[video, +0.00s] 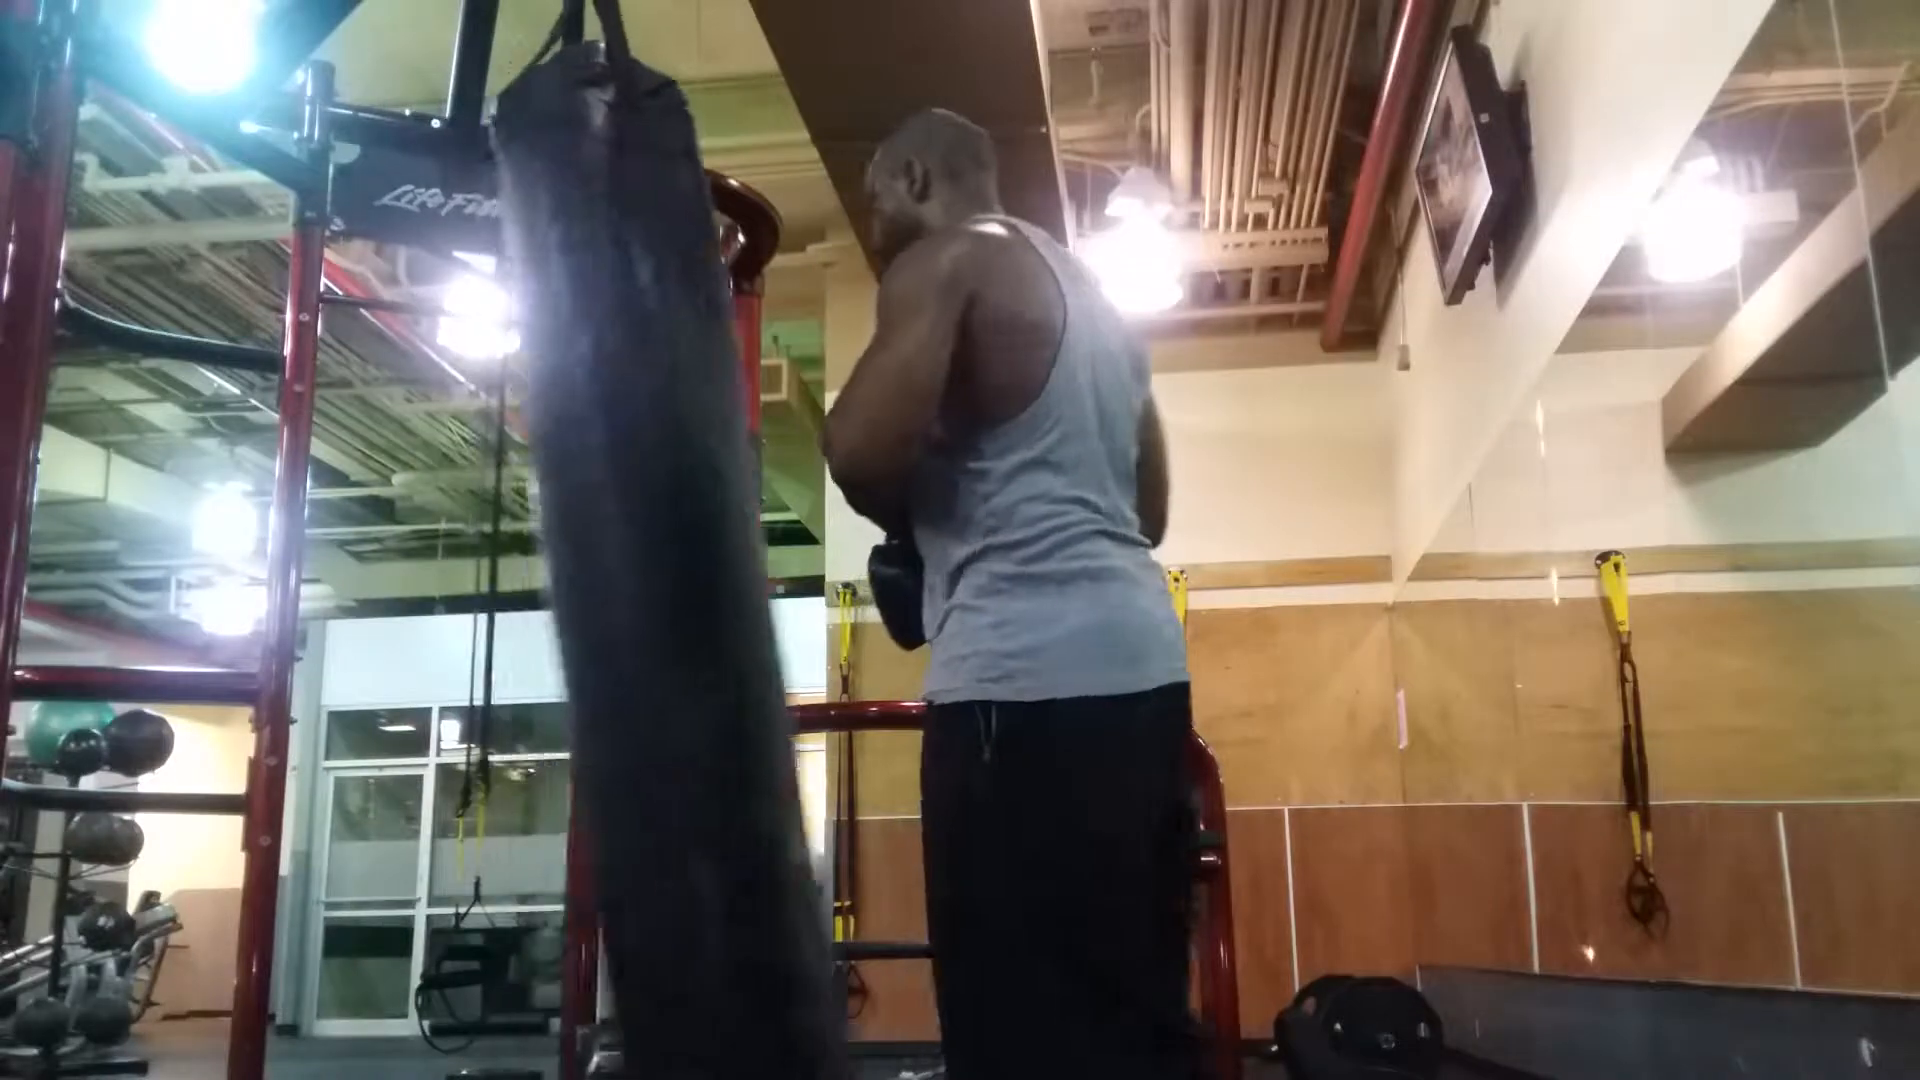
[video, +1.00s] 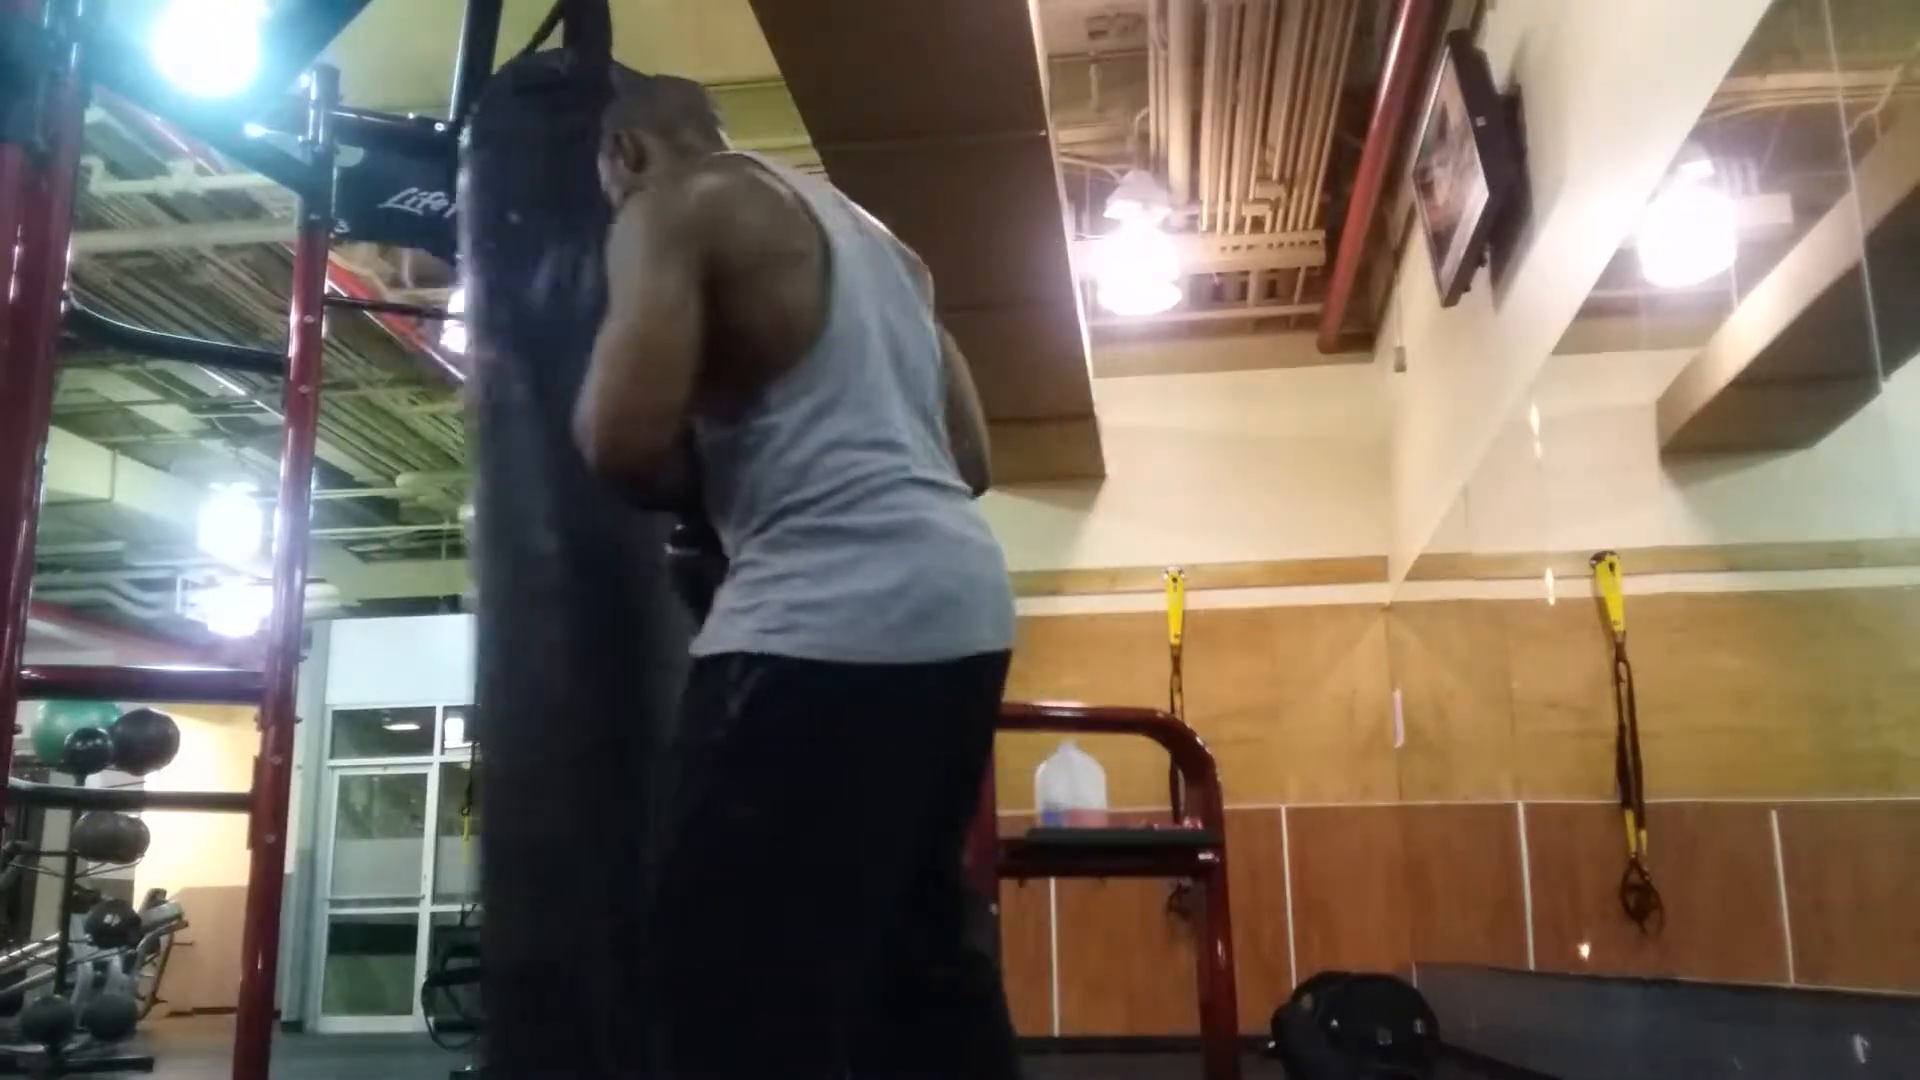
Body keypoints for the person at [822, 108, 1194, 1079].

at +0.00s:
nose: (873, 231)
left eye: (874, 205)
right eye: (870, 209)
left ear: (909, 179)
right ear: (982, 182)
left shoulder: (944, 259)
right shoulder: (1091, 295)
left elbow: (863, 452)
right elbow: (1144, 515)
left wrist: (920, 527)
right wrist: (951, 551)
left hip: (1021, 689)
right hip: (1139, 681)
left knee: (1010, 1023)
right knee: (1133, 1010)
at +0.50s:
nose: (813, 265)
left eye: (811, 235)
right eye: (803, 243)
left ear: (860, 201)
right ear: (894, 198)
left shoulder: (954, 269)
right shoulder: (1012, 270)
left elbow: (905, 473)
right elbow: (1083, 469)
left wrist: (839, 465)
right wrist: (895, 506)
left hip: (1002, 683)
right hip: (1069, 675)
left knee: (919, 994)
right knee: (1091, 979)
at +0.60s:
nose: (754, 251)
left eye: (751, 219)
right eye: (743, 228)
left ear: (801, 191)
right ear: (840, 190)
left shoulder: (905, 263)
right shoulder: (942, 260)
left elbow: (876, 463)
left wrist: (801, 480)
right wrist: (818, 457)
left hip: (960, 676)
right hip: (1021, 672)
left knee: (848, 1000)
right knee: (1066, 981)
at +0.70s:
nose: (691, 240)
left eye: (685, 211)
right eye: (682, 218)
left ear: (718, 181)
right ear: (781, 165)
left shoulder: (833, 238)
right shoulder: (895, 236)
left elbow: (798, 435)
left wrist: (726, 470)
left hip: (908, 663)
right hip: (997, 658)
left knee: (789, 977)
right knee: (1007, 940)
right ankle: (1109, 1072)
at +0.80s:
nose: (653, 227)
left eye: (646, 203)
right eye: (642, 208)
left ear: (679, 164)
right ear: (740, 145)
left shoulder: (761, 220)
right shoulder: (864, 228)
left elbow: (709, 436)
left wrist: (690, 467)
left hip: (876, 646)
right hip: (977, 638)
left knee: (753, 987)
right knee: (956, 952)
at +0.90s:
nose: (625, 212)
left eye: (618, 188)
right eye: (619, 196)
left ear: (644, 151)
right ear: (718, 131)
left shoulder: (714, 201)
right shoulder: (874, 240)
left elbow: (654, 436)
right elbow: (952, 458)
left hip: (842, 631)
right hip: (965, 622)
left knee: (737, 974)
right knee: (928, 945)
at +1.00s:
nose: (616, 200)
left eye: (612, 182)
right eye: (614, 186)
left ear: (629, 153)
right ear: (717, 133)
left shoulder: (674, 206)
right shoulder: (876, 238)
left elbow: (620, 437)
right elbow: (966, 459)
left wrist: (703, 485)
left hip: (822, 625)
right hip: (960, 620)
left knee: (724, 968)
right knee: (911, 943)